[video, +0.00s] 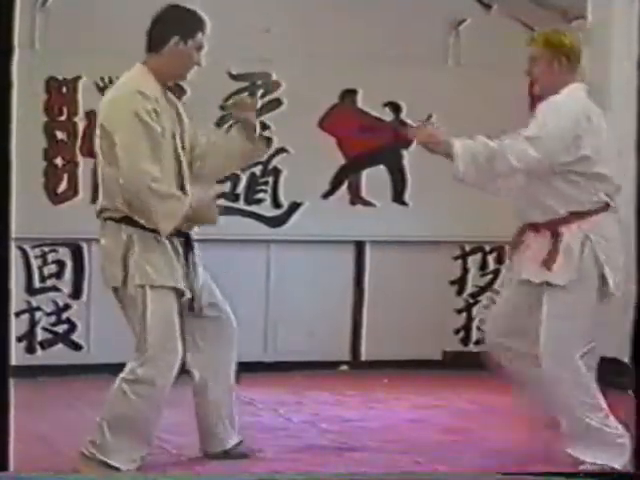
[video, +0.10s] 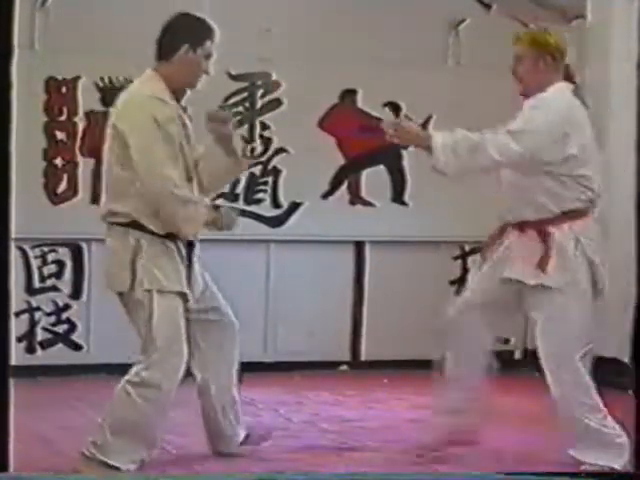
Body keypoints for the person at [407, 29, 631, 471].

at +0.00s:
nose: (529, 73)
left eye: (536, 63)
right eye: (530, 64)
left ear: (560, 66)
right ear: (556, 68)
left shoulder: (571, 107)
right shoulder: (556, 110)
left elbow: (521, 157)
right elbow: (511, 166)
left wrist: (450, 148)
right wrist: (448, 149)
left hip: (582, 241)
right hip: (544, 241)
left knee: (561, 355)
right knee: (504, 335)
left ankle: (607, 453)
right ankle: (573, 419)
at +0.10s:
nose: (515, 71)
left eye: (521, 62)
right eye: (515, 63)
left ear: (547, 64)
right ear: (540, 67)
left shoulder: (559, 106)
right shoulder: (542, 108)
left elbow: (504, 148)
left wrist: (426, 140)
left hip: (563, 245)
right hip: (525, 241)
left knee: (559, 354)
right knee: (464, 317)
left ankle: (606, 453)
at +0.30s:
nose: (474, 67)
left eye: (483, 58)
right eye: (472, 59)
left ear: (509, 60)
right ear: (471, 63)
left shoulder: (527, 109)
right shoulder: (452, 107)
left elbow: (492, 156)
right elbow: (435, 159)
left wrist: (422, 161)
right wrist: (407, 153)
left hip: (510, 241)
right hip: (455, 239)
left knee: (543, 353)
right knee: (415, 344)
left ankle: (594, 452)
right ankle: (369, 439)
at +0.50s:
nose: (413, 71)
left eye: (421, 63)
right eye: (410, 63)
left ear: (450, 56)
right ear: (407, 59)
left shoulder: (489, 98)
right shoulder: (397, 97)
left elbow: (528, 156)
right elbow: (344, 90)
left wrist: (482, 188)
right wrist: (295, 80)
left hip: (491, 235)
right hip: (431, 233)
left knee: (513, 341)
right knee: (408, 338)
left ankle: (544, 440)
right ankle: (378, 442)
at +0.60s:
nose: (396, 75)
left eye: (403, 66)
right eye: (391, 67)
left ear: (430, 60)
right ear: (387, 66)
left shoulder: (474, 95)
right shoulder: (378, 115)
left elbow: (524, 134)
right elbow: (330, 146)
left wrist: (498, 181)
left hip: (485, 229)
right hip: (421, 233)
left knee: (507, 340)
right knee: (401, 339)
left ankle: (521, 439)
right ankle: (379, 443)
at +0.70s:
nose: (381, 95)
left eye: (387, 84)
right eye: (375, 86)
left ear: (413, 77)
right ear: (370, 86)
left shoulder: (460, 98)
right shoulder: (367, 134)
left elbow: (512, 126)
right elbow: (317, 172)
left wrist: (498, 186)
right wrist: (275, 191)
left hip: (483, 227)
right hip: (421, 235)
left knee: (506, 338)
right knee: (400, 335)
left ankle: (525, 439)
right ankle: (376, 440)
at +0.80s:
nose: (361, 143)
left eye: (367, 133)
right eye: (355, 135)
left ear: (388, 123)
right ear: (350, 133)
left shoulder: (438, 117)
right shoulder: (351, 169)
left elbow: (500, 124)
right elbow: (310, 206)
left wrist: (489, 194)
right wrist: (262, 231)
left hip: (479, 230)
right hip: (416, 242)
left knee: (508, 339)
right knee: (401, 340)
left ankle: (527, 440)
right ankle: (376, 442)